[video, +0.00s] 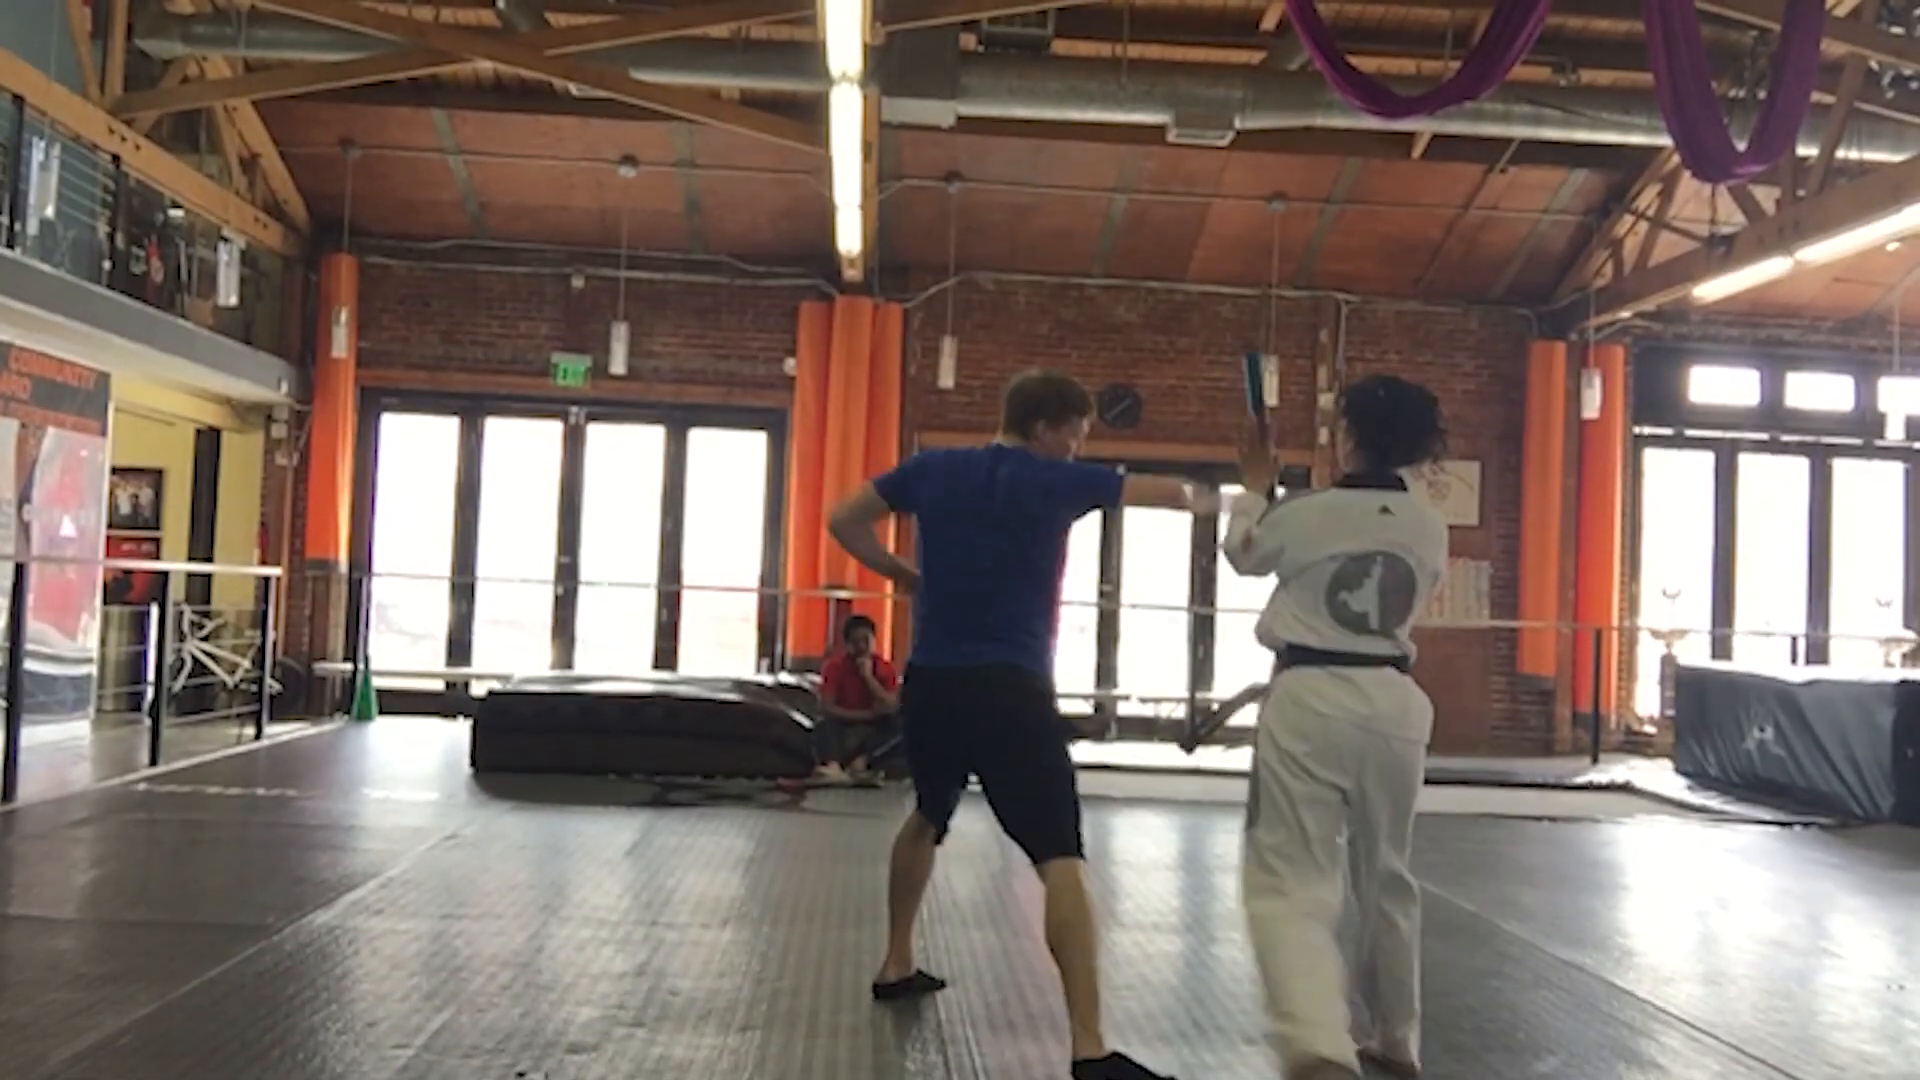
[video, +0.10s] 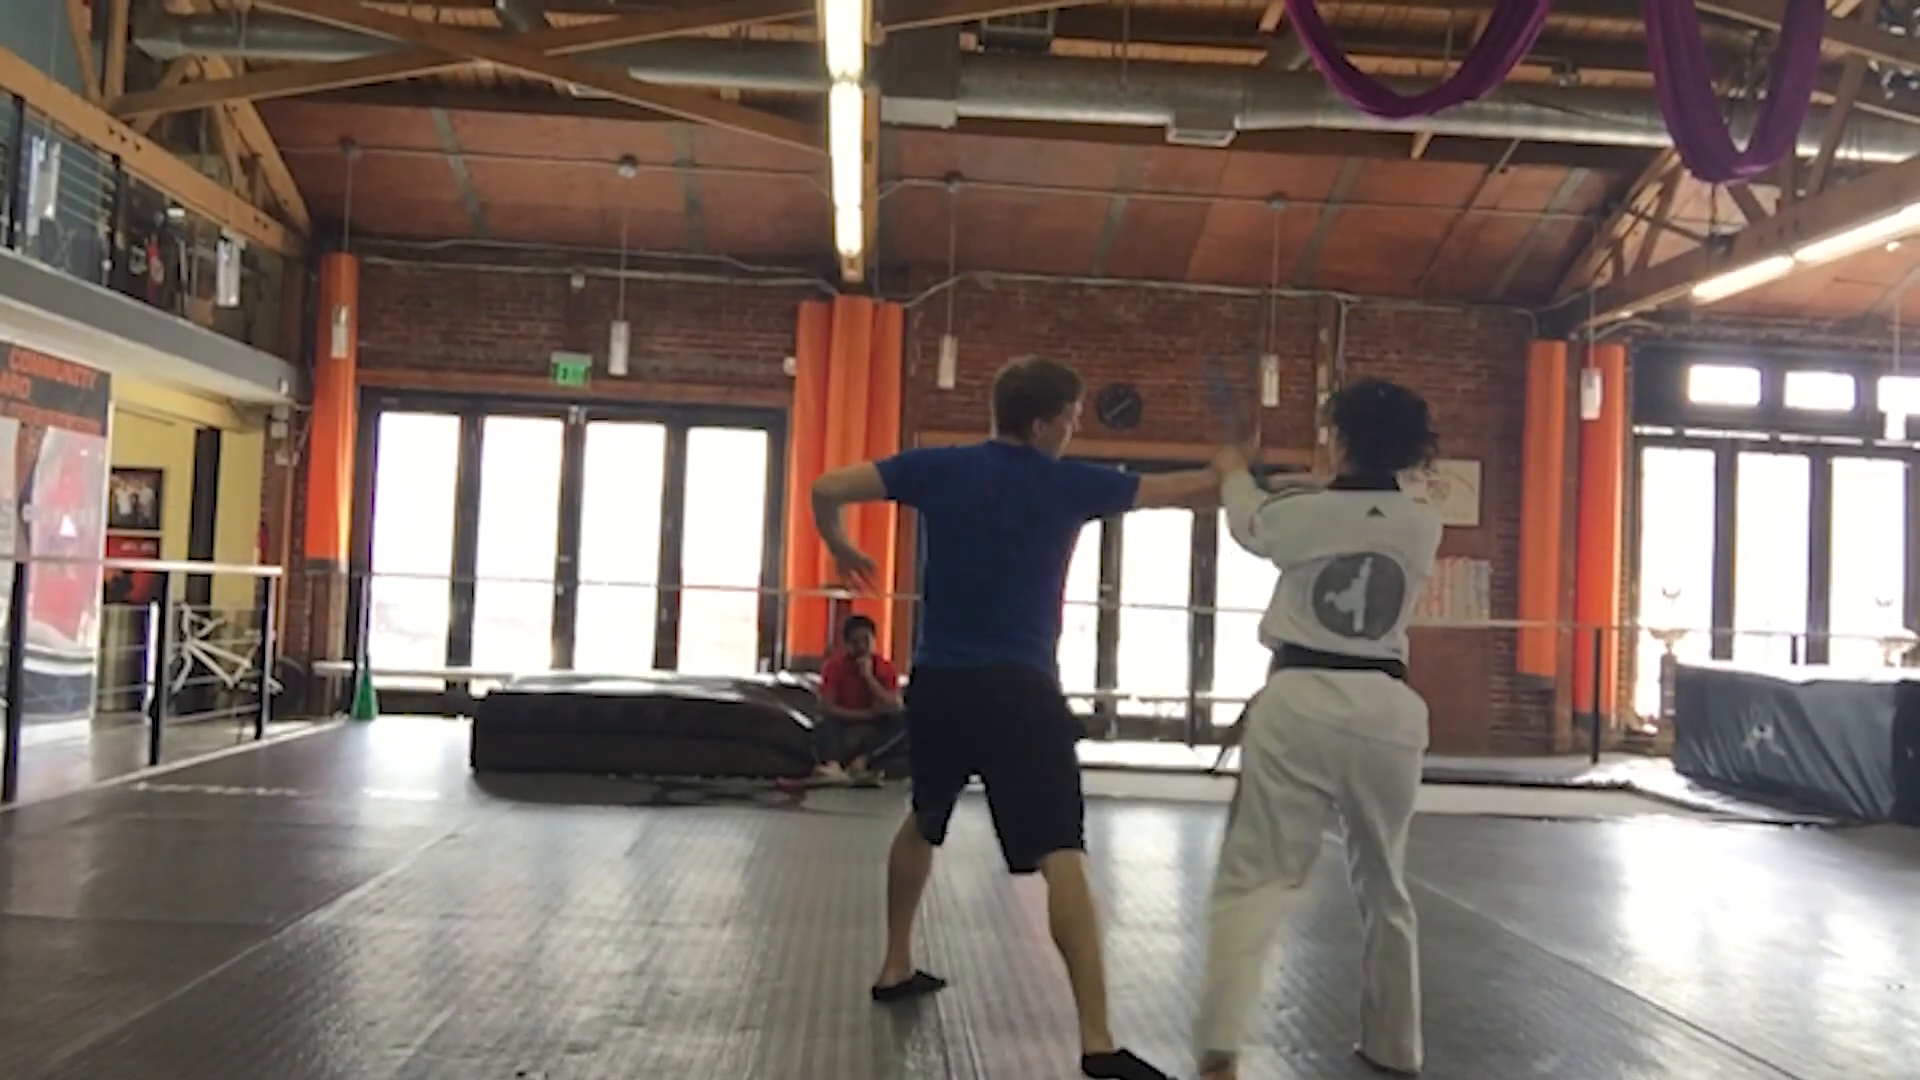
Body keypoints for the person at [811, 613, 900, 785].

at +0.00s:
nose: (861, 647)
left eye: (865, 640)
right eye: (855, 642)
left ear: (873, 639)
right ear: (846, 643)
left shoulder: (884, 667)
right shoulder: (834, 666)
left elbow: (891, 705)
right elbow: (827, 708)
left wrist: (868, 677)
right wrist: (870, 713)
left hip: (874, 721)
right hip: (842, 721)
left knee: (897, 725)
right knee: (826, 725)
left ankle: (861, 763)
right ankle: (832, 765)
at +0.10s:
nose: (861, 647)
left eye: (865, 640)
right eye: (855, 642)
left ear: (873, 640)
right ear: (847, 643)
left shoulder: (885, 667)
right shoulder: (834, 667)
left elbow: (894, 706)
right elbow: (826, 708)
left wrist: (869, 677)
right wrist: (870, 713)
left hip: (874, 722)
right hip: (843, 722)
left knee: (900, 721)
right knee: (826, 724)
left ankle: (862, 762)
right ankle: (831, 764)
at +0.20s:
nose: (862, 648)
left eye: (866, 641)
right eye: (856, 643)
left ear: (873, 642)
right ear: (847, 645)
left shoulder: (885, 669)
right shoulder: (835, 668)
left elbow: (894, 708)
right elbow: (827, 710)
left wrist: (869, 679)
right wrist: (868, 716)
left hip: (874, 722)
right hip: (843, 722)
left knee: (903, 722)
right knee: (826, 726)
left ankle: (862, 764)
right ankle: (832, 766)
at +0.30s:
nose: (862, 648)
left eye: (866, 642)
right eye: (856, 643)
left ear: (873, 642)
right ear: (847, 645)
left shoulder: (885, 669)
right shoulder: (834, 668)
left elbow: (894, 708)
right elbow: (827, 710)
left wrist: (868, 679)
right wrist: (868, 716)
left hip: (875, 723)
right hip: (843, 723)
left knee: (903, 723)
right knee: (825, 727)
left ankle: (863, 764)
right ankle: (833, 766)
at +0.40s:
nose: (861, 647)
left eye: (865, 640)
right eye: (855, 642)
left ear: (873, 640)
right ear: (847, 644)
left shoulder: (885, 668)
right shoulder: (834, 667)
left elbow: (893, 708)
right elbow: (827, 708)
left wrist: (868, 677)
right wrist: (867, 714)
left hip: (875, 721)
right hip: (842, 722)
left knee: (905, 722)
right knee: (824, 726)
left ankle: (862, 762)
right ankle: (832, 765)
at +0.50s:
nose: (861, 646)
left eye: (865, 640)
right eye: (855, 641)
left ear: (872, 640)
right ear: (846, 643)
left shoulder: (885, 668)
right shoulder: (834, 667)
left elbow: (893, 707)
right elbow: (827, 708)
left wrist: (868, 676)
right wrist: (868, 713)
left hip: (875, 720)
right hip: (842, 721)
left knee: (904, 720)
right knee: (824, 726)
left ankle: (863, 761)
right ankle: (831, 764)